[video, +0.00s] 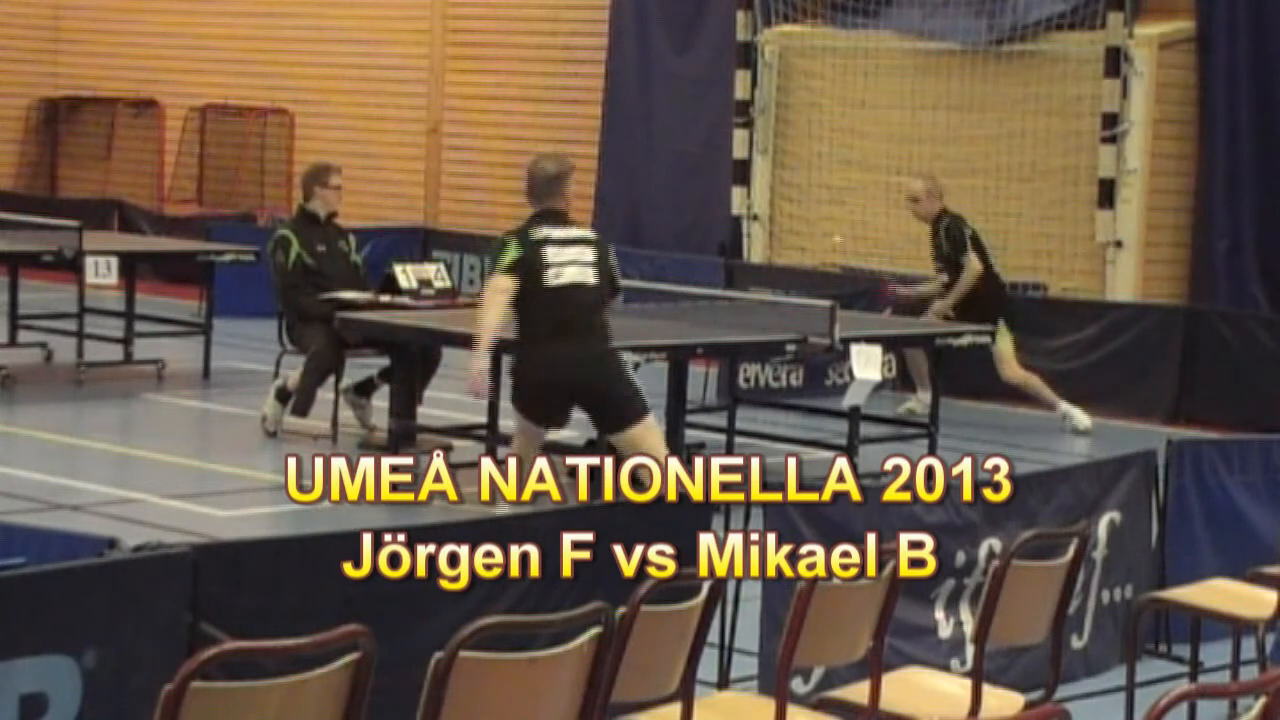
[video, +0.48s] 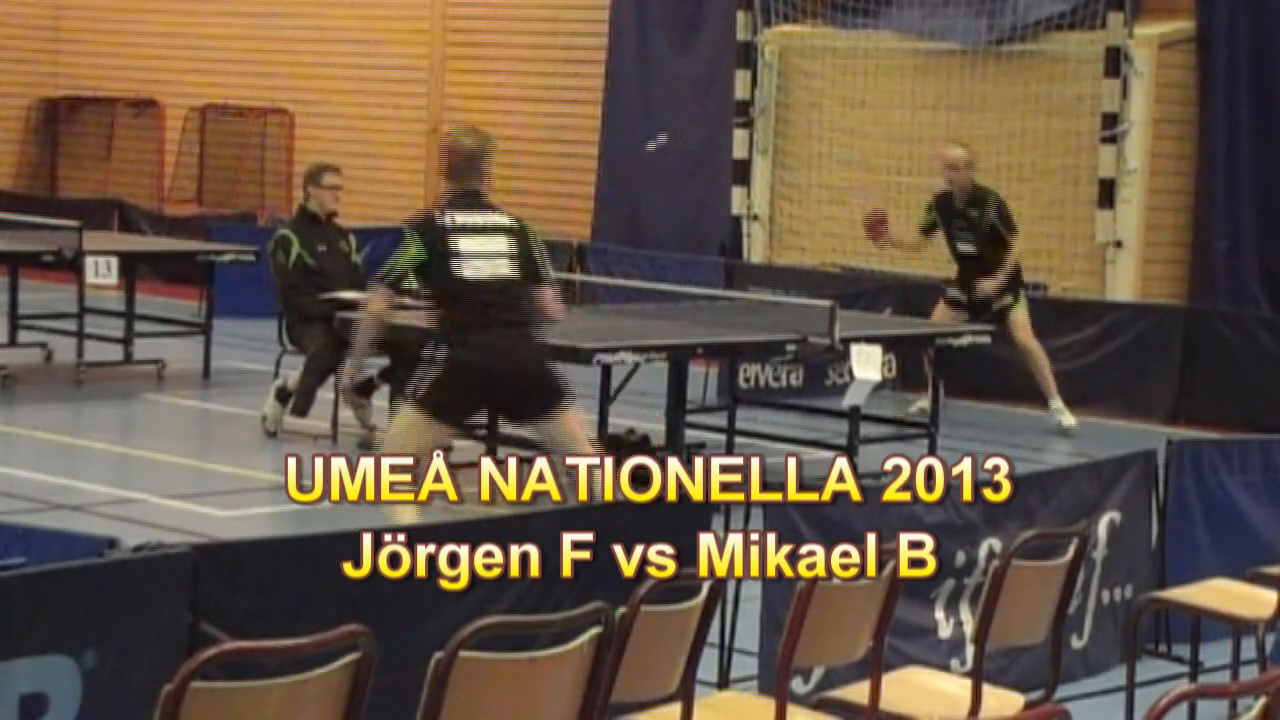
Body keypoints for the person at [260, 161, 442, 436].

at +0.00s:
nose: (341, 194)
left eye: (341, 188)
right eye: (335, 188)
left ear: (327, 192)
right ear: (316, 190)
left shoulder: (342, 235)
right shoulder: (289, 237)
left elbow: (358, 281)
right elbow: (293, 297)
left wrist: (369, 302)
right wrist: (338, 311)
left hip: (351, 318)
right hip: (311, 319)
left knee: (425, 351)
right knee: (328, 352)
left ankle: (362, 391)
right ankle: (283, 394)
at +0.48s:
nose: (338, 195)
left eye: (340, 189)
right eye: (331, 189)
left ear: (341, 191)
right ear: (310, 191)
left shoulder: (343, 235)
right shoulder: (288, 237)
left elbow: (356, 283)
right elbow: (294, 298)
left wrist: (370, 304)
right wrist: (341, 308)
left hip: (348, 318)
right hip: (307, 319)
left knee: (412, 346)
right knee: (327, 350)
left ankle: (363, 391)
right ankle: (285, 393)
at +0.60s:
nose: (334, 194)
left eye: (337, 188)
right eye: (327, 188)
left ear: (341, 191)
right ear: (307, 190)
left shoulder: (341, 234)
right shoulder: (289, 236)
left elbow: (357, 277)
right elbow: (291, 296)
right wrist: (335, 310)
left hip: (341, 317)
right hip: (304, 317)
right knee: (326, 352)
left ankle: (352, 417)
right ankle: (285, 393)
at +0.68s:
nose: (332, 194)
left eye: (335, 188)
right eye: (325, 188)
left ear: (339, 190)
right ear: (306, 189)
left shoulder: (343, 230)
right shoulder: (289, 235)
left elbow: (356, 277)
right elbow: (286, 295)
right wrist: (327, 315)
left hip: (341, 321)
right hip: (304, 321)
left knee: (364, 350)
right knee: (335, 350)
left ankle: (359, 413)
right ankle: (285, 392)